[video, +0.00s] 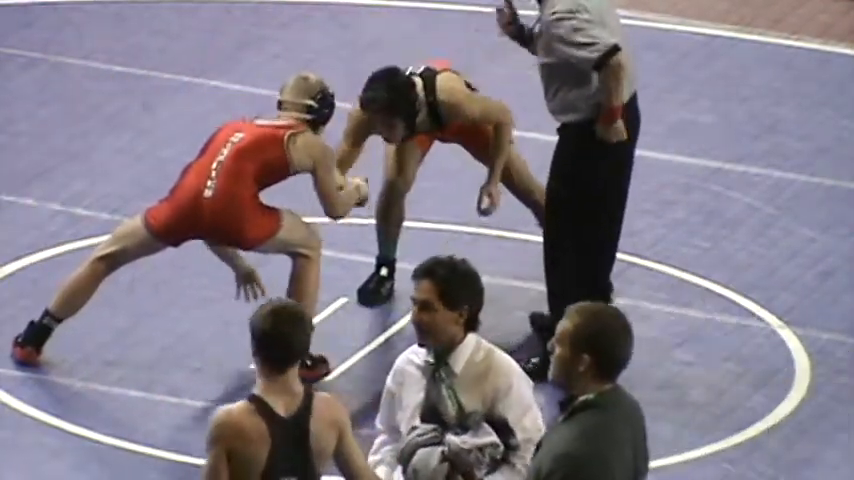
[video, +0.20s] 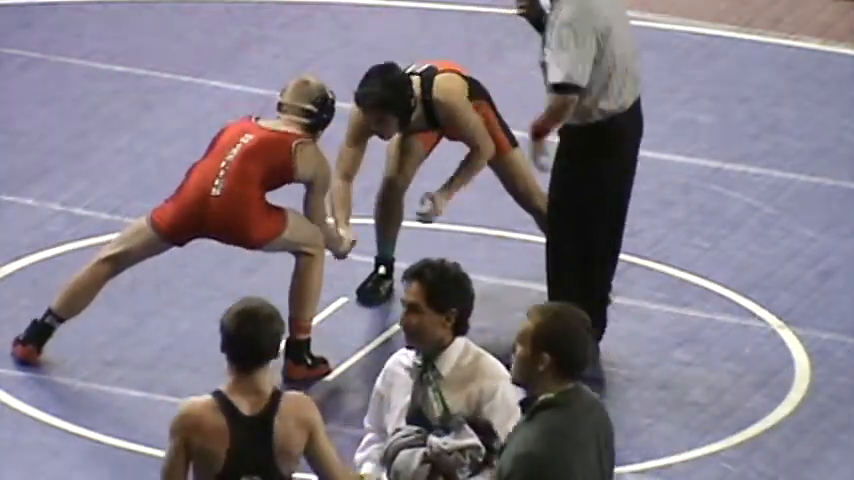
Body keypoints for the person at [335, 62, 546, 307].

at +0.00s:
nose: (381, 135)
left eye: (388, 127)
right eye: (376, 126)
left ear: (409, 116)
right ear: (369, 116)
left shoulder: (451, 101)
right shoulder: (363, 117)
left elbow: (504, 117)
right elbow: (338, 168)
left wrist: (494, 181)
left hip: (462, 121)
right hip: (413, 128)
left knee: (526, 189)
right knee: (394, 186)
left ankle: (575, 250)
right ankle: (384, 271)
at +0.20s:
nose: (371, 128)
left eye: (378, 121)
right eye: (367, 119)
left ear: (401, 110)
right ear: (362, 111)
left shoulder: (446, 98)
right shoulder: (363, 113)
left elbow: (484, 149)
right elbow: (343, 176)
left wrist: (445, 193)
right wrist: (342, 226)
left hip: (466, 107)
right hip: (417, 121)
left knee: (528, 195)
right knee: (392, 185)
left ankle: (578, 257)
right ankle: (383, 270)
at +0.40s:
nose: (371, 120)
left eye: (377, 114)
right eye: (368, 112)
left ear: (401, 105)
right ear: (362, 103)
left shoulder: (448, 96)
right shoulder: (364, 106)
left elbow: (478, 157)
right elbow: (352, 163)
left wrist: (432, 164)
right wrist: (340, 212)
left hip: (473, 108)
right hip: (423, 117)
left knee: (532, 195)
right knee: (395, 184)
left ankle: (588, 256)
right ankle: (383, 267)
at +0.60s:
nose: (369, 125)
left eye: (375, 119)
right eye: (366, 118)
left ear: (399, 111)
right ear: (363, 107)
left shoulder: (448, 100)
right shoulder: (371, 107)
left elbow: (488, 154)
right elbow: (359, 160)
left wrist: (439, 169)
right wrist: (348, 215)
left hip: (475, 106)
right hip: (431, 111)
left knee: (536, 201)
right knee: (397, 184)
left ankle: (592, 268)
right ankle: (385, 265)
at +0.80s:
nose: (370, 128)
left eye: (376, 120)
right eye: (367, 119)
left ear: (401, 111)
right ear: (363, 110)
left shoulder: (452, 101)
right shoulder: (368, 111)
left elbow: (495, 152)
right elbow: (360, 164)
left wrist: (445, 171)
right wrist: (349, 218)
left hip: (478, 109)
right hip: (427, 118)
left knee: (533, 198)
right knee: (396, 189)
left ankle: (581, 264)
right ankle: (386, 270)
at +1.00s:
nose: (370, 130)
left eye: (378, 123)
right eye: (367, 121)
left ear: (402, 114)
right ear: (363, 110)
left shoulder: (449, 103)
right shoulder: (369, 114)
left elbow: (494, 153)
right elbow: (359, 164)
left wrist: (446, 174)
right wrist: (349, 219)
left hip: (479, 108)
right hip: (432, 117)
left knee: (536, 202)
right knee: (399, 185)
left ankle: (583, 266)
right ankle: (385, 269)